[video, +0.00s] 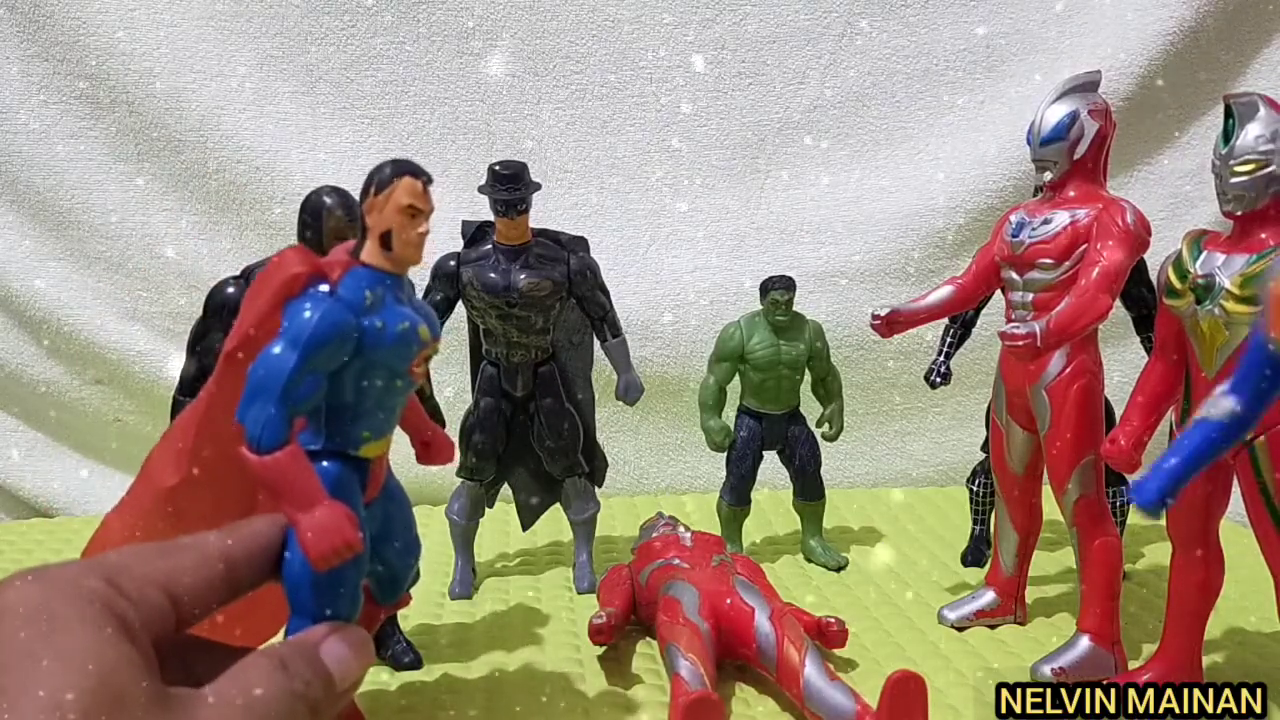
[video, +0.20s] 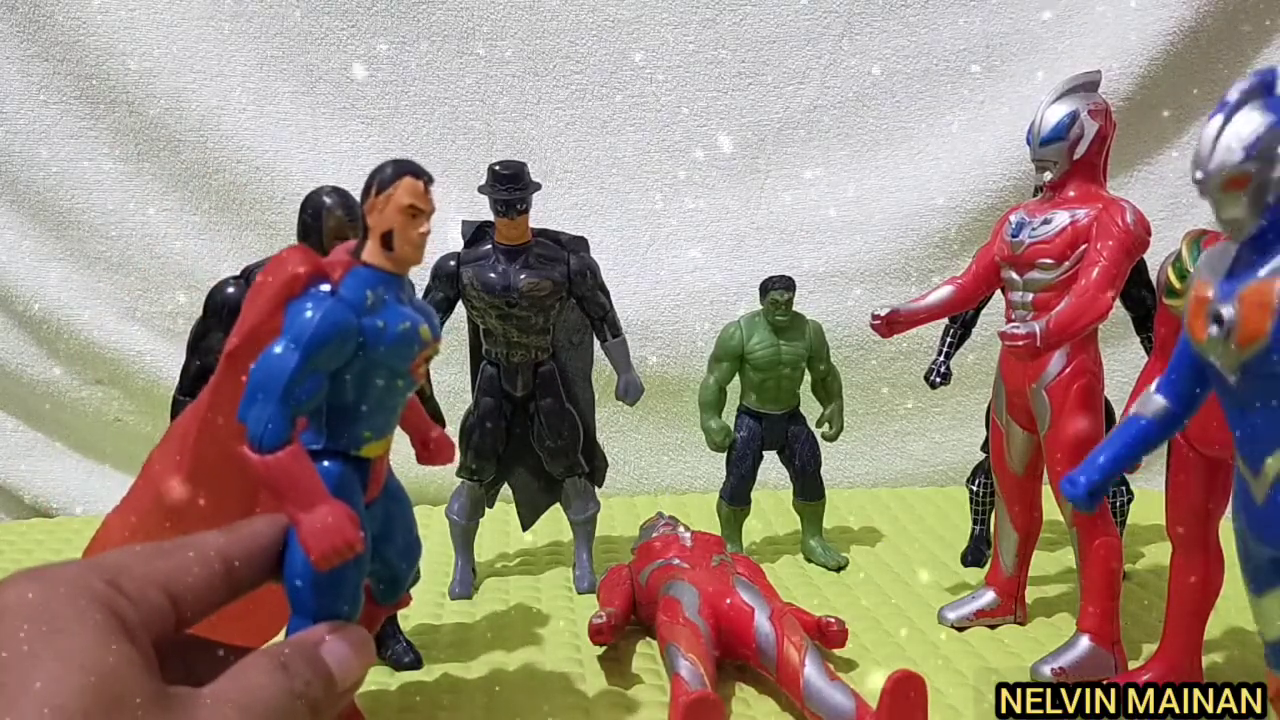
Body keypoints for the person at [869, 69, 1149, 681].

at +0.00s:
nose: (1041, 156)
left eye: (1053, 144)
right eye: (1039, 144)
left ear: (1088, 141)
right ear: (1041, 145)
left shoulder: (1116, 217)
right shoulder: (1019, 217)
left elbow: (1096, 287)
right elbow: (971, 285)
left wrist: (1047, 330)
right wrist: (904, 317)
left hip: (1067, 371)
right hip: (1013, 369)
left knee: (1082, 500)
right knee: (1012, 484)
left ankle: (1100, 640)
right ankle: (1004, 593)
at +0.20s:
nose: (1040, 157)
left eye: (1051, 145)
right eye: (1038, 145)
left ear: (1086, 142)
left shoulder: (1116, 217)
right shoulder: (1019, 218)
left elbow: (1095, 290)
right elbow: (970, 286)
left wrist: (1045, 330)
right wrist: (905, 316)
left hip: (1067, 371)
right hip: (1012, 369)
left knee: (1084, 500)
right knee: (1012, 484)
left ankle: (1099, 639)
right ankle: (1005, 593)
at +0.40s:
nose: (1040, 156)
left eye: (1051, 144)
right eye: (1038, 144)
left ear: (1086, 142)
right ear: (1043, 145)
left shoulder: (1115, 217)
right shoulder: (1019, 217)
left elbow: (1094, 293)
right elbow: (971, 285)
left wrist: (1044, 329)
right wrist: (908, 315)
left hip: (1067, 368)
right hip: (1012, 368)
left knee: (1084, 503)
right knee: (1012, 487)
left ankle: (1099, 639)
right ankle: (1004, 593)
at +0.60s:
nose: (1040, 157)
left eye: (1051, 145)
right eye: (1038, 145)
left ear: (1086, 142)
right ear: (1044, 146)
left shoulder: (1114, 216)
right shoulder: (1018, 217)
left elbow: (1094, 293)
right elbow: (970, 286)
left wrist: (1044, 329)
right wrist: (906, 316)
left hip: (1066, 369)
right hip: (1012, 368)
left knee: (1084, 503)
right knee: (1011, 487)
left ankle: (1100, 639)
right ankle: (1005, 593)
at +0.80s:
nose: (1040, 156)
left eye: (1051, 144)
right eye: (1038, 144)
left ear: (1086, 142)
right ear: (1046, 146)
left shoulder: (1115, 217)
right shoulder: (1019, 217)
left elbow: (1094, 293)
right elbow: (971, 285)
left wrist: (1044, 329)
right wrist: (905, 317)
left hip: (1066, 369)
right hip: (1012, 368)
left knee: (1083, 501)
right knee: (1012, 484)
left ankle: (1099, 640)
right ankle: (1005, 593)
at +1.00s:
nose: (1040, 157)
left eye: (1052, 145)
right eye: (1038, 145)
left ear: (1087, 142)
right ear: (1043, 147)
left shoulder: (1114, 216)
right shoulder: (1019, 216)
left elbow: (1095, 292)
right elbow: (970, 286)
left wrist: (1045, 329)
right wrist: (905, 316)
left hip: (1066, 369)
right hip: (1012, 368)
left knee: (1084, 503)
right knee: (1011, 484)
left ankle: (1100, 639)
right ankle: (1005, 592)